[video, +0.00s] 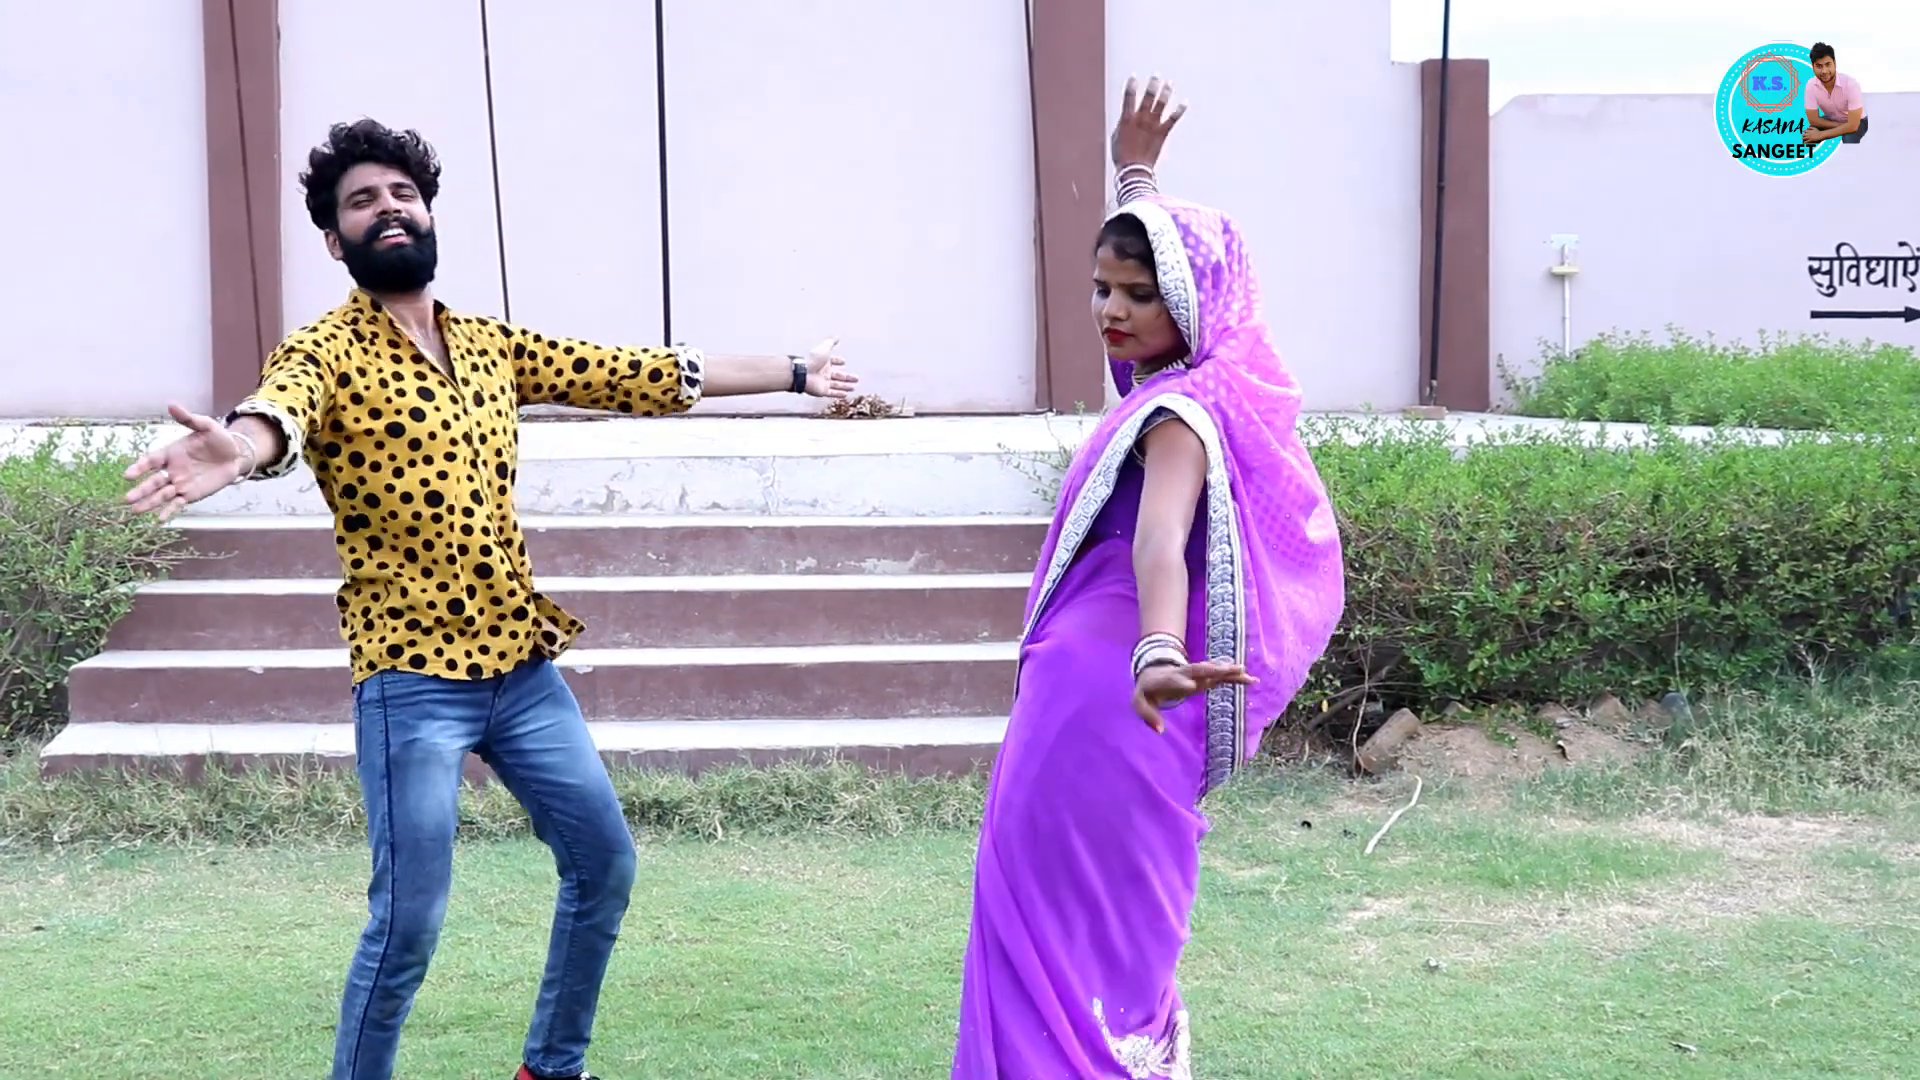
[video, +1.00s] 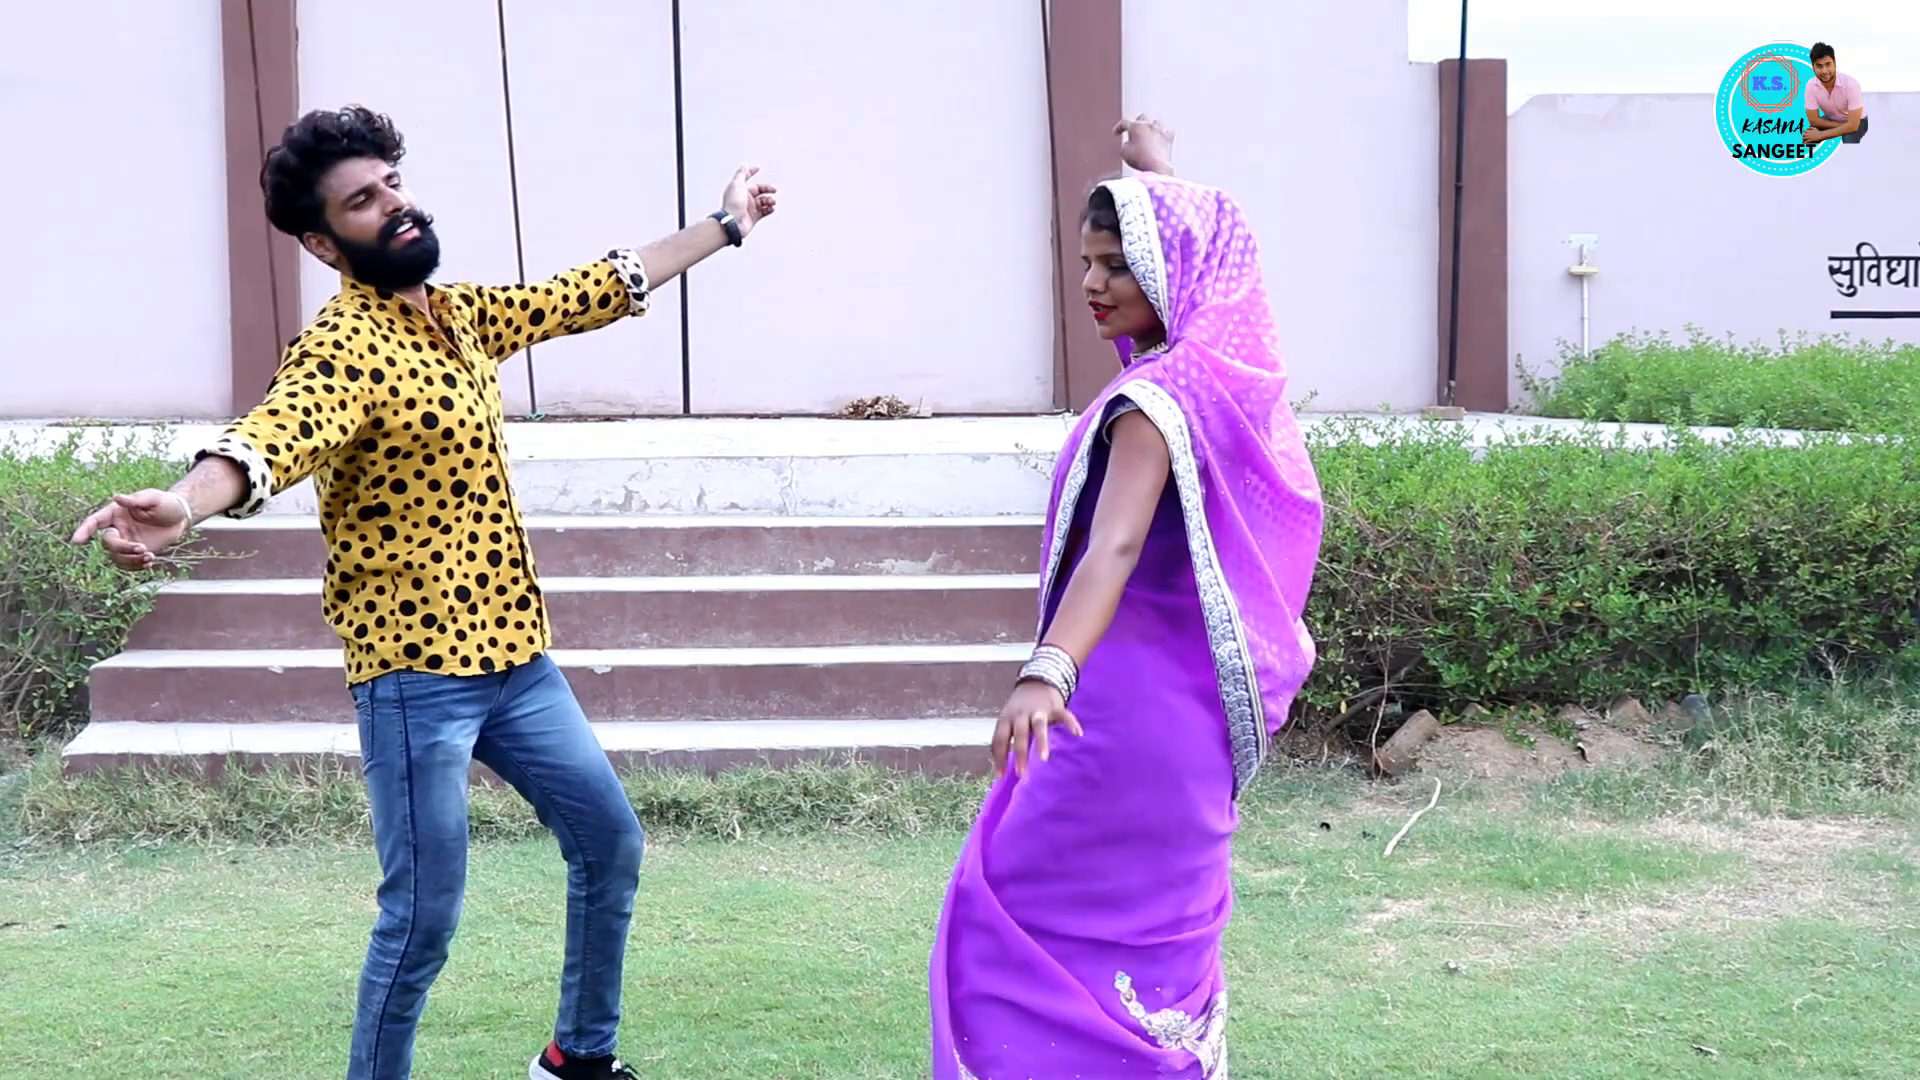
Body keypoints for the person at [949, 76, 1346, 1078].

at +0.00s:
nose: (1111, 311)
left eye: (1135, 294)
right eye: (1104, 290)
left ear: (1189, 307)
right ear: (1103, 291)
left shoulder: (1177, 414)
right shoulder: (1167, 392)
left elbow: (1164, 541)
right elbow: (1128, 275)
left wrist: (1159, 646)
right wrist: (1134, 172)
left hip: (1099, 718)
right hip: (1112, 708)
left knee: (1029, 939)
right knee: (1122, 949)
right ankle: (1137, 1056)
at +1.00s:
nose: (1091, 286)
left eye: (1113, 265)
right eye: (1088, 264)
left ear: (1175, 276)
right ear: (1195, 278)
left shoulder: (1153, 398)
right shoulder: (1236, 379)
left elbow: (1114, 548)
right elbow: (1211, 267)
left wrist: (1048, 669)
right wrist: (1163, 177)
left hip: (1120, 725)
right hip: (1194, 725)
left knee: (983, 921)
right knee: (1176, 962)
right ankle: (1175, 1064)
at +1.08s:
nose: (1108, 290)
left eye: (1129, 269)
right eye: (1104, 268)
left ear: (1196, 278)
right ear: (1206, 286)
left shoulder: (1170, 405)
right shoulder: (1259, 395)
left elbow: (1128, 566)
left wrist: (1046, 694)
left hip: (1138, 726)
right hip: (1211, 725)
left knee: (1044, 955)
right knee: (1186, 958)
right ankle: (1187, 1063)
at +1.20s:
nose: (1123, 281)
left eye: (1144, 262)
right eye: (1121, 260)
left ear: (1208, 275)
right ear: (1226, 278)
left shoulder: (1189, 405)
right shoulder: (1266, 384)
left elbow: (1149, 561)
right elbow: (1256, 265)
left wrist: (1069, 686)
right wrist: (1205, 181)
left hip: (1148, 714)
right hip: (1213, 712)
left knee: (1078, 963)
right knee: (1189, 959)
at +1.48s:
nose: (1197, 275)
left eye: (1220, 258)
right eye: (1193, 257)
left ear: (1282, 275)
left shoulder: (1263, 403)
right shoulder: (1300, 372)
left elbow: (1230, 555)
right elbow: (1207, 317)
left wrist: (1186, 662)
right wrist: (1188, 207)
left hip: (1216, 717)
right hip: (1263, 711)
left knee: (1086, 928)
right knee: (1244, 953)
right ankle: (1259, 1062)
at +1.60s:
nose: (1207, 259)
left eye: (1231, 245)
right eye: (1206, 240)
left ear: (1296, 267)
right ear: (1200, 244)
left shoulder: (1296, 390)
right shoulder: (1262, 368)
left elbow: (1287, 543)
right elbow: (1199, 318)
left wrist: (1253, 606)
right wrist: (1184, 210)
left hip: (1231, 711)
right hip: (1196, 698)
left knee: (1204, 955)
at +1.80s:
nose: (1205, 243)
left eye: (1229, 225)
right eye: (1208, 227)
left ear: (1294, 252)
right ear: (1252, 261)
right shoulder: (1220, 356)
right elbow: (1160, 321)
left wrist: (1365, 504)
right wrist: (1134, 259)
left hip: (1271, 690)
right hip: (1189, 684)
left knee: (1268, 946)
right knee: (1171, 932)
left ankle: (1296, 1064)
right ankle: (1172, 1066)